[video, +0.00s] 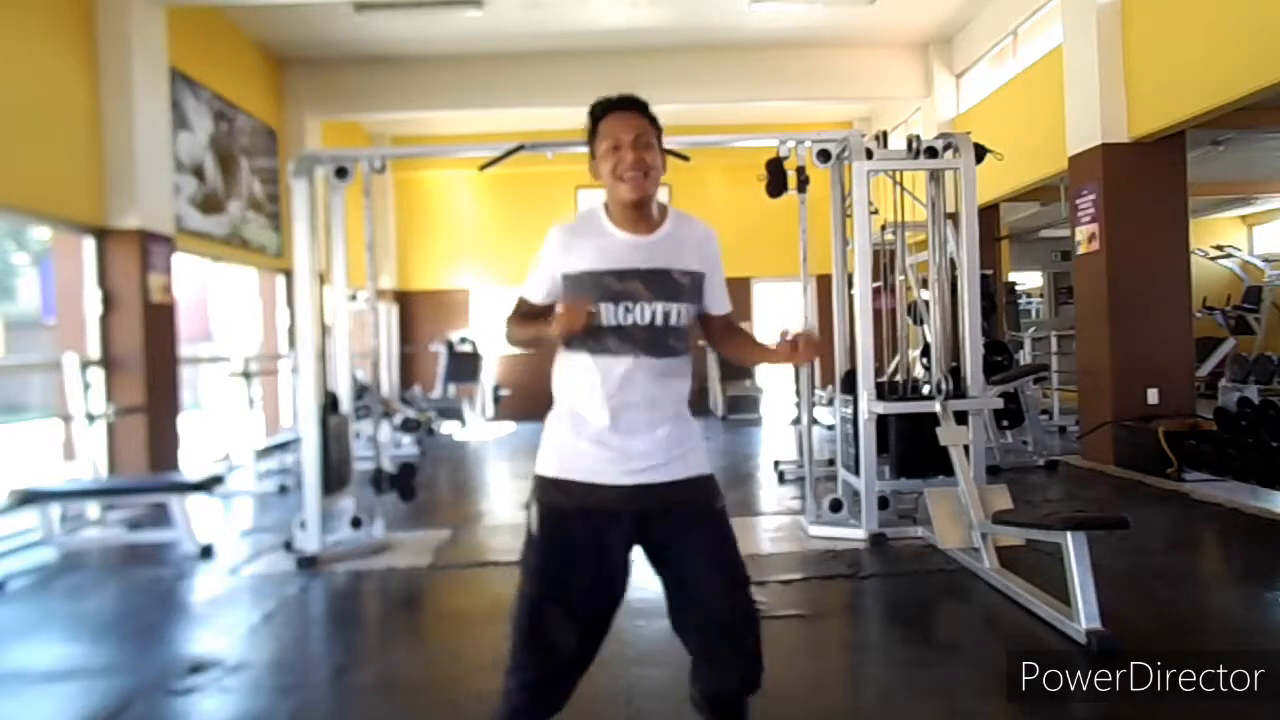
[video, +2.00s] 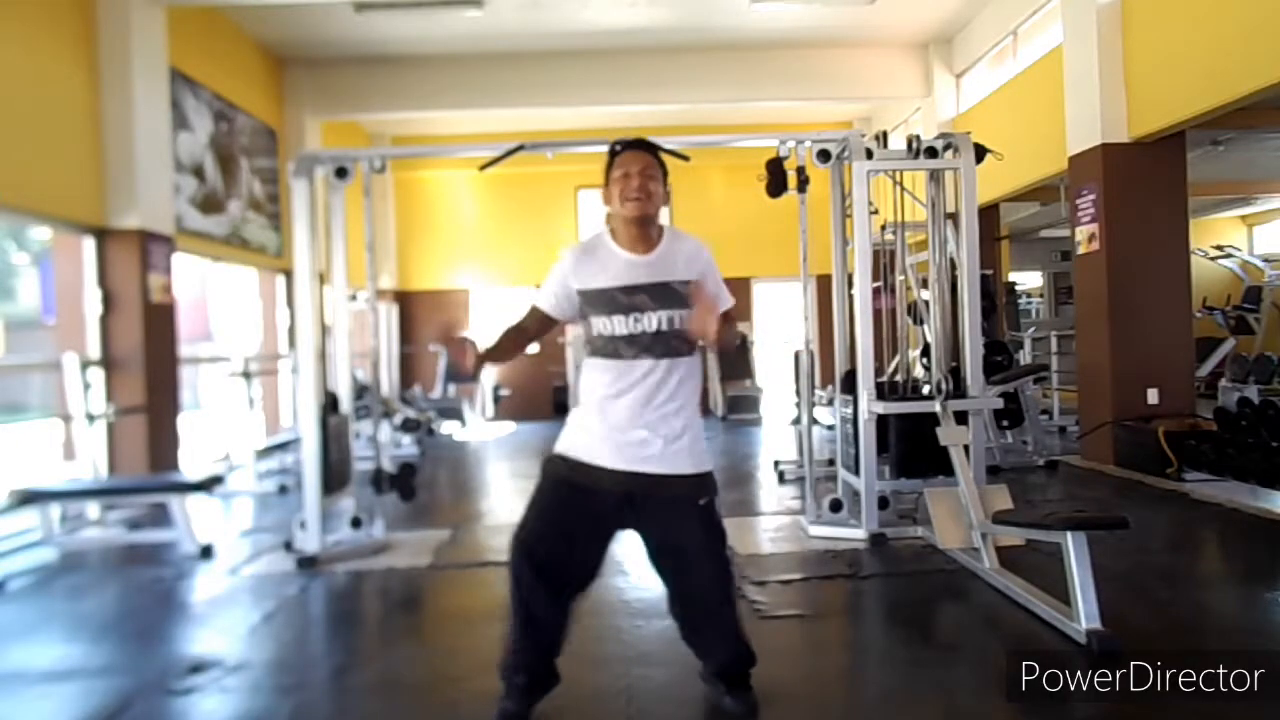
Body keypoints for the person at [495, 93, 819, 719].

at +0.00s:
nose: (632, 158)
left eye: (643, 144)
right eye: (615, 149)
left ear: (663, 154)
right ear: (594, 167)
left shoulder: (696, 239)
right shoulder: (568, 240)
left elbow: (723, 332)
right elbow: (519, 325)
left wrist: (777, 354)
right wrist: (553, 326)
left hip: (677, 471)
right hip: (579, 475)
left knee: (729, 638)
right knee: (547, 652)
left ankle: (722, 710)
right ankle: (518, 715)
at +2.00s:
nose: (637, 184)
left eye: (648, 175)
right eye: (625, 176)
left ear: (666, 190)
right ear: (605, 193)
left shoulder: (693, 257)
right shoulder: (580, 263)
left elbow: (731, 333)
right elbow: (534, 325)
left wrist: (718, 332)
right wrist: (484, 356)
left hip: (675, 457)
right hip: (590, 453)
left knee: (705, 581)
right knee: (537, 560)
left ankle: (733, 684)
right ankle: (522, 688)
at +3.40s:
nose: (605, 206)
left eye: (613, 190)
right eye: (594, 195)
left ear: (652, 171)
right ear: (587, 189)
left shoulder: (717, 242)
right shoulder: (587, 252)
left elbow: (745, 329)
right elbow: (553, 331)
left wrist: (804, 355)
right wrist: (535, 367)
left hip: (699, 471)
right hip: (598, 478)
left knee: (755, 591)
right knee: (560, 628)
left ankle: (780, 710)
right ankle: (541, 719)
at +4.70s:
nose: (665, 148)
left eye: (678, 134)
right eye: (648, 137)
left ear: (699, 148)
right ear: (626, 158)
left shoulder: (736, 229)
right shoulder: (596, 242)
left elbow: (755, 324)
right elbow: (547, 331)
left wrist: (772, 318)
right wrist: (489, 336)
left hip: (724, 496)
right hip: (610, 498)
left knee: (767, 690)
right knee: (568, 690)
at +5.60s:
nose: (669, 119)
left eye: (683, 107)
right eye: (652, 109)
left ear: (705, 129)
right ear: (630, 133)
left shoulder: (732, 223)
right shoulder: (589, 211)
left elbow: (750, 335)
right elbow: (556, 302)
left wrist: (820, 334)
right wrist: (556, 315)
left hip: (728, 491)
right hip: (607, 489)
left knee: (785, 685)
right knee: (555, 687)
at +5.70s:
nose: (671, 127)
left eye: (685, 115)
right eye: (653, 118)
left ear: (706, 137)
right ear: (632, 142)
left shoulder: (735, 238)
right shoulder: (591, 218)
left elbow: (774, 346)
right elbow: (540, 315)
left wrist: (845, 393)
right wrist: (536, 373)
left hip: (725, 489)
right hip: (603, 492)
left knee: (802, 666)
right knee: (571, 685)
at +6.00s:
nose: (677, 135)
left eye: (692, 121)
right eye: (661, 122)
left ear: (714, 136)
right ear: (640, 138)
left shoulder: (742, 229)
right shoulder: (597, 214)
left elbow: (759, 326)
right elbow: (557, 296)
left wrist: (819, 353)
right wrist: (562, 326)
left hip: (729, 483)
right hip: (614, 488)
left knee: (787, 675)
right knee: (555, 679)